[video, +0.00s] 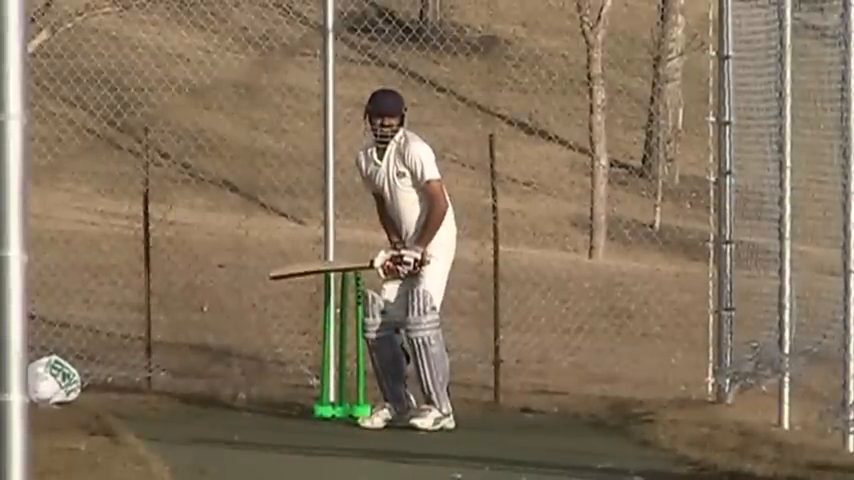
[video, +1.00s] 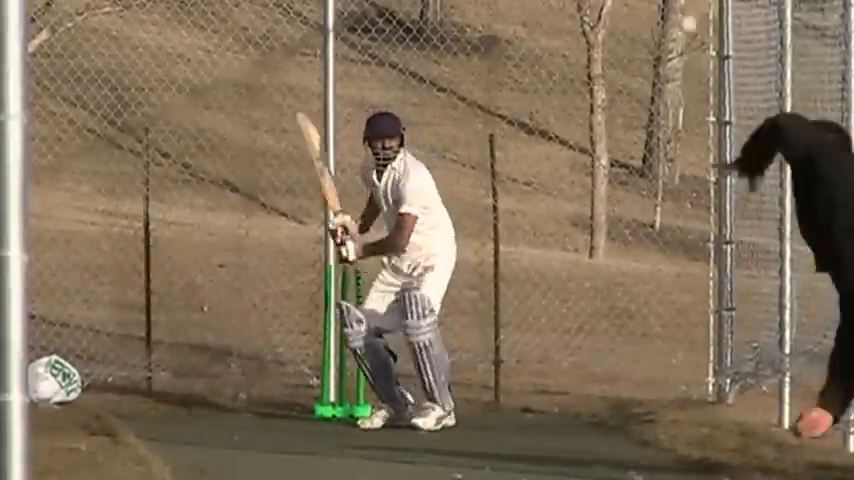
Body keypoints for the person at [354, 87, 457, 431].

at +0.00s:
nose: (385, 126)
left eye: (392, 120)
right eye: (379, 119)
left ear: (402, 121)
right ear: (368, 120)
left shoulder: (414, 150)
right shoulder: (365, 157)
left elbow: (439, 202)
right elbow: (382, 203)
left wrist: (419, 247)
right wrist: (396, 246)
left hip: (434, 241)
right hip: (403, 244)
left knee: (420, 318)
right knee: (377, 319)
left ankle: (438, 407)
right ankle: (398, 403)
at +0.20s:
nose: (384, 127)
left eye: (391, 121)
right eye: (377, 120)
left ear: (401, 121)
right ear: (366, 121)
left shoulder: (413, 151)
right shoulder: (364, 159)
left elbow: (439, 203)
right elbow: (381, 205)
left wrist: (418, 248)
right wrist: (395, 247)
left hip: (433, 242)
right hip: (402, 245)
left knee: (419, 319)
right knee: (376, 320)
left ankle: (438, 407)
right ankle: (397, 403)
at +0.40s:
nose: (381, 129)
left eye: (388, 123)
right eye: (374, 122)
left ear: (399, 123)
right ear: (365, 123)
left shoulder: (411, 152)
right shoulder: (363, 160)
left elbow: (437, 204)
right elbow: (379, 205)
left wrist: (416, 249)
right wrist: (394, 247)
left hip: (432, 241)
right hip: (400, 244)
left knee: (418, 318)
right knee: (376, 320)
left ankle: (438, 407)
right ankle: (397, 403)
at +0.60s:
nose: (379, 132)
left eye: (386, 125)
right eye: (372, 125)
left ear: (397, 126)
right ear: (362, 127)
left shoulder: (409, 156)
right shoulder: (361, 163)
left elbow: (435, 208)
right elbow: (378, 206)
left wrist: (413, 252)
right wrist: (391, 248)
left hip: (430, 241)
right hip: (399, 244)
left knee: (414, 317)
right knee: (374, 320)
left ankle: (438, 406)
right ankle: (397, 403)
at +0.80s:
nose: (375, 142)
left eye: (382, 136)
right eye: (368, 136)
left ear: (394, 136)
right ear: (360, 138)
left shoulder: (406, 168)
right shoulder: (364, 172)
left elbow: (417, 228)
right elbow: (387, 215)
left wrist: (394, 260)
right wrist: (379, 251)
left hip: (430, 254)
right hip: (399, 255)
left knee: (406, 322)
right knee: (366, 328)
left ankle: (437, 406)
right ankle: (398, 405)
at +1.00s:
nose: (383, 148)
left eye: (390, 141)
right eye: (375, 142)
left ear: (401, 142)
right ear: (367, 144)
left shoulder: (411, 177)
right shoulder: (371, 169)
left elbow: (398, 241)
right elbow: (376, 202)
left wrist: (360, 249)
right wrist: (358, 228)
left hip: (431, 259)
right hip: (397, 261)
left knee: (418, 325)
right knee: (361, 330)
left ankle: (442, 406)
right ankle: (395, 404)